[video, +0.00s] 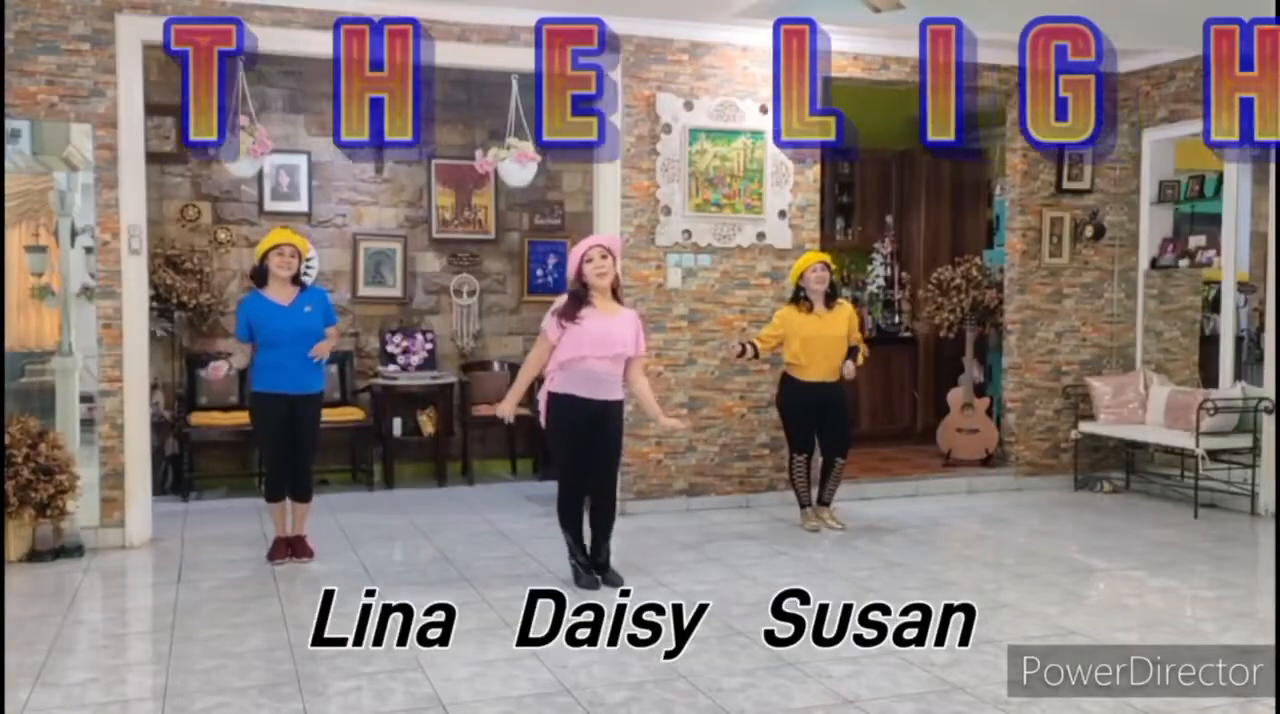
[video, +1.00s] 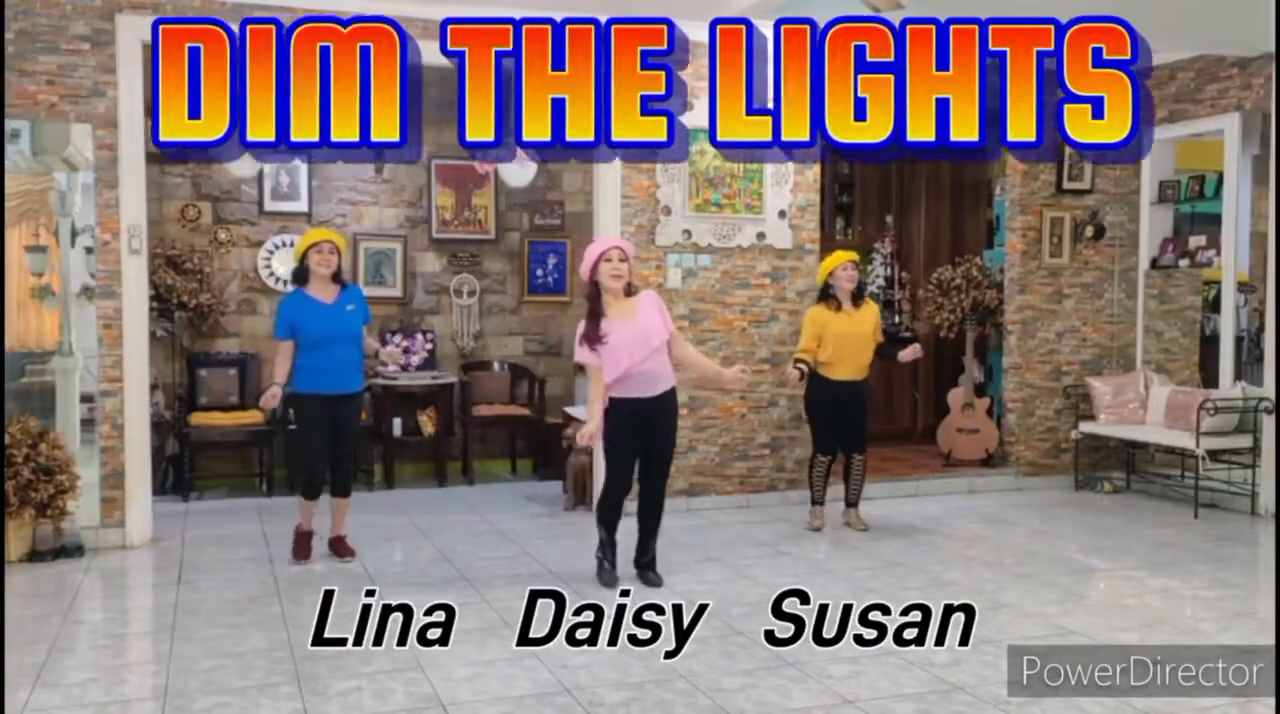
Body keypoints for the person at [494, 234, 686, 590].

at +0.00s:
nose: (599, 264)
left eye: (605, 258)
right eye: (591, 260)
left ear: (616, 266)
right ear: (580, 272)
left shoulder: (629, 319)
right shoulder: (566, 308)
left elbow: (635, 375)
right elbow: (537, 357)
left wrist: (660, 417)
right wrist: (510, 401)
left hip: (608, 406)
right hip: (566, 403)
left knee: (605, 485)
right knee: (572, 482)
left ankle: (601, 559)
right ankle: (578, 559)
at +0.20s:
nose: (601, 271)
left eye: (607, 265)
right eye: (592, 266)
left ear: (615, 272)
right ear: (580, 277)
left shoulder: (630, 322)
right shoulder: (567, 319)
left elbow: (637, 377)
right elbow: (542, 368)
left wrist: (653, 424)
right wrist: (501, 402)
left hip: (607, 417)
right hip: (564, 412)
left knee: (611, 489)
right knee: (568, 487)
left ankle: (598, 557)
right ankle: (576, 558)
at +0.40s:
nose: (601, 263)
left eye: (606, 257)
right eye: (592, 259)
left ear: (616, 266)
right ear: (580, 271)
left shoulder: (631, 314)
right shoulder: (568, 316)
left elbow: (646, 369)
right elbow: (547, 371)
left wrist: (669, 410)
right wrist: (514, 409)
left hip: (617, 408)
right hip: (573, 407)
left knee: (629, 487)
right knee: (575, 485)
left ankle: (629, 560)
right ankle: (579, 560)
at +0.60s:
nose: (603, 262)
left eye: (609, 257)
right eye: (595, 257)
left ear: (618, 266)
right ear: (581, 267)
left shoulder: (636, 307)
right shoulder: (574, 318)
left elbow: (656, 360)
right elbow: (565, 377)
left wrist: (683, 399)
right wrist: (542, 422)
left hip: (635, 405)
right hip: (590, 407)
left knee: (638, 487)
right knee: (586, 486)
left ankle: (644, 562)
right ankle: (581, 561)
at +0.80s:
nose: (610, 266)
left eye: (615, 260)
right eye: (601, 261)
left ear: (623, 269)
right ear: (586, 272)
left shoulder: (643, 304)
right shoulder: (585, 324)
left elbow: (671, 351)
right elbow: (585, 382)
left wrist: (709, 382)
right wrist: (573, 429)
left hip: (654, 406)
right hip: (611, 410)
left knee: (650, 486)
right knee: (602, 485)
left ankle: (646, 560)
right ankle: (584, 554)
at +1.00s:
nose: (617, 266)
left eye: (622, 261)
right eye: (608, 261)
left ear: (630, 268)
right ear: (594, 273)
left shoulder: (650, 302)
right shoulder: (592, 325)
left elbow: (680, 350)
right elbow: (596, 381)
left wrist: (722, 374)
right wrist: (594, 421)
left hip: (662, 404)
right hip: (621, 408)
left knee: (654, 487)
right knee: (618, 485)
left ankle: (646, 559)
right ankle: (606, 549)